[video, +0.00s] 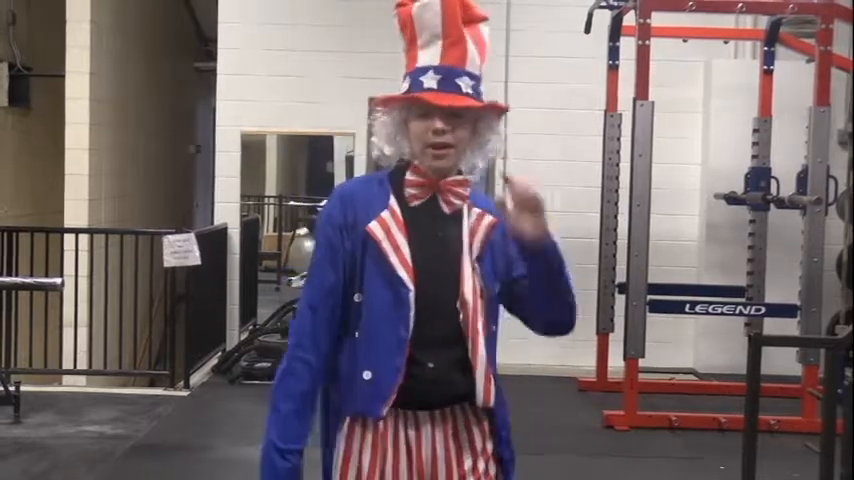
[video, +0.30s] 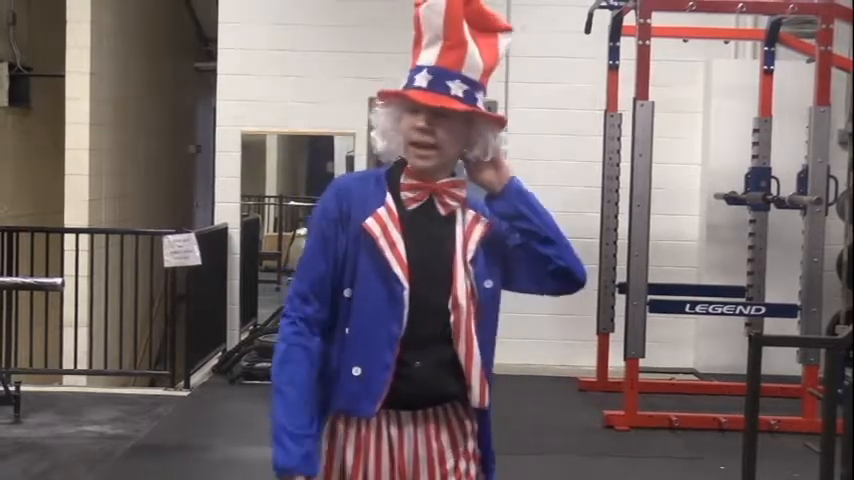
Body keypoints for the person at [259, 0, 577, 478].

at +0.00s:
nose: (440, 129)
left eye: (455, 117)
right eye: (426, 115)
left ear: (475, 129)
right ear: (404, 124)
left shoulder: (489, 216)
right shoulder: (354, 205)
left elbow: (555, 321)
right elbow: (312, 336)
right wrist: (280, 459)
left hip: (467, 429)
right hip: (375, 431)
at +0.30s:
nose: (424, 126)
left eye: (444, 115)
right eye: (415, 110)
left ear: (472, 133)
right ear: (398, 116)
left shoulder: (485, 215)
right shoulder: (350, 198)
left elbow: (566, 277)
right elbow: (304, 321)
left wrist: (503, 185)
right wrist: (295, 456)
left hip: (449, 429)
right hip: (359, 430)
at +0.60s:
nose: (391, 120)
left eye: (411, 112)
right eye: (386, 106)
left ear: (445, 132)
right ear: (372, 114)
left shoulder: (463, 216)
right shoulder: (326, 199)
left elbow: (547, 256)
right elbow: (278, 315)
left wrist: (476, 174)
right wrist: (289, 443)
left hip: (429, 429)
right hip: (340, 429)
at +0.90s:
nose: (391, 116)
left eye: (411, 108)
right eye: (383, 102)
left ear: (440, 131)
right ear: (366, 114)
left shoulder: (458, 213)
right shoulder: (322, 202)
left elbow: (540, 256)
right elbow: (279, 329)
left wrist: (471, 173)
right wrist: (276, 464)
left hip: (432, 429)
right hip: (340, 434)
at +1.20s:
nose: (434, 115)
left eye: (454, 108)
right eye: (427, 100)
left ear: (481, 132)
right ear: (408, 109)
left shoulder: (494, 217)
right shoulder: (356, 200)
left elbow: (575, 262)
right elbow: (308, 325)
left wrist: (508, 171)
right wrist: (293, 461)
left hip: (462, 435)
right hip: (366, 437)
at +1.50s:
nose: (431, 112)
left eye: (452, 107)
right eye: (426, 99)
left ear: (478, 135)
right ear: (407, 111)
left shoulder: (485, 222)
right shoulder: (350, 199)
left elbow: (564, 282)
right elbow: (298, 320)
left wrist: (510, 181)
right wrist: (269, 455)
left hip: (452, 435)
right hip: (360, 434)